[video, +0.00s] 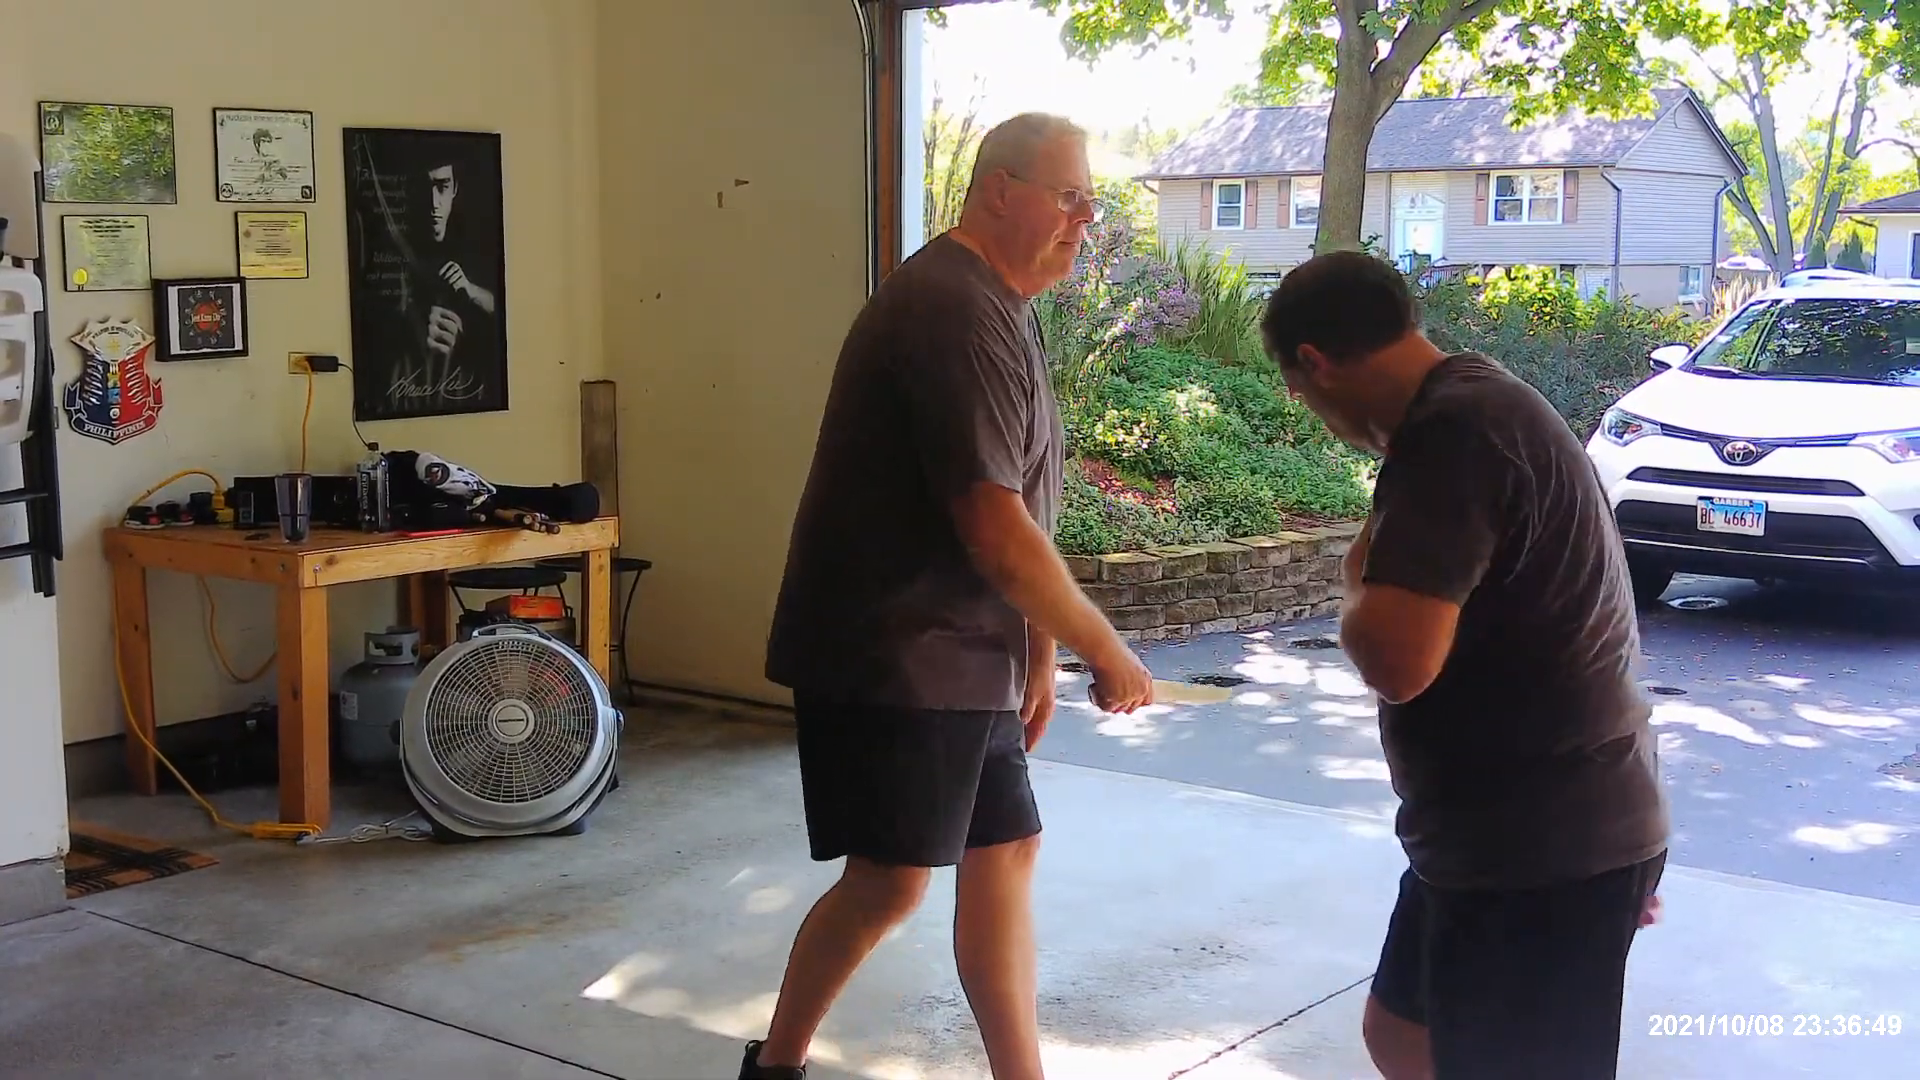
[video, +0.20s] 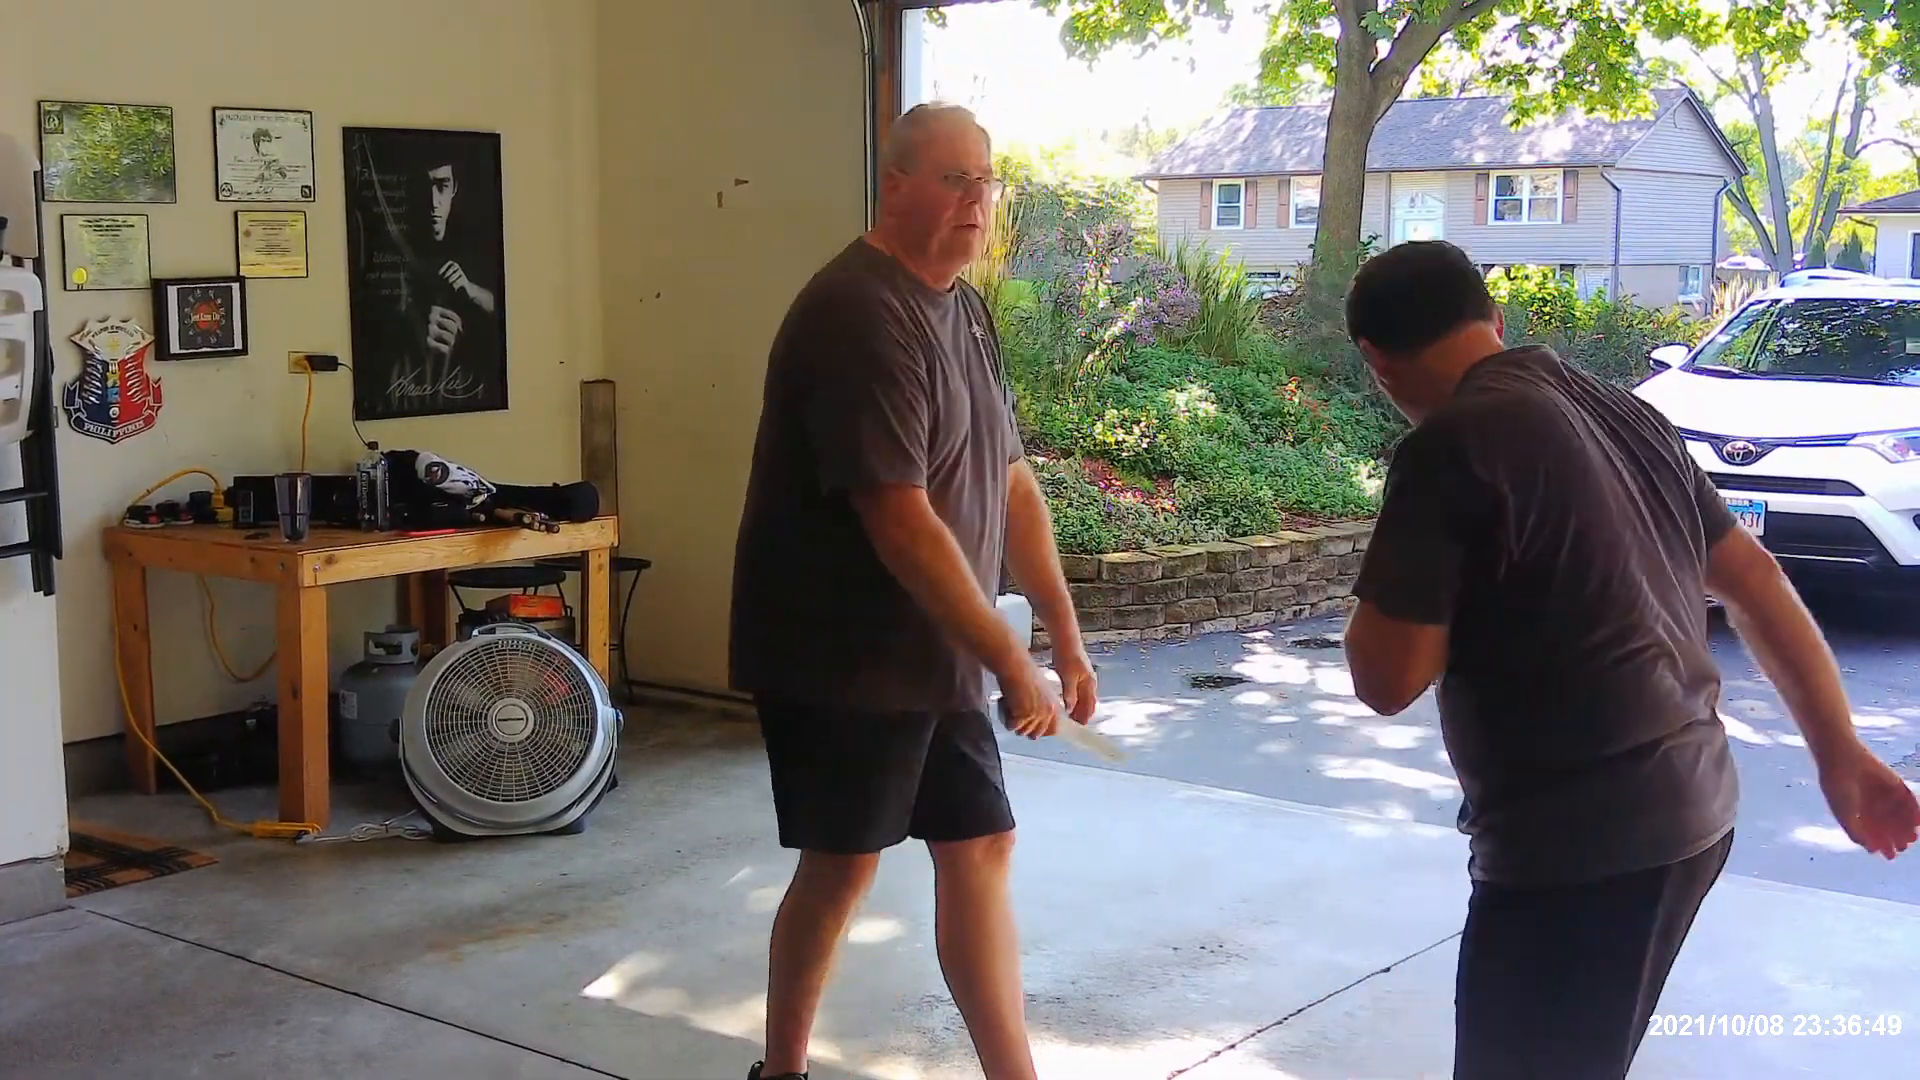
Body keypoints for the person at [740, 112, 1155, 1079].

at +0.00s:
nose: (1085, 223)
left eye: (1090, 203)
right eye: (1071, 199)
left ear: (1013, 200)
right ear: (1003, 194)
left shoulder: (995, 309)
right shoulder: (954, 306)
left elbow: (1014, 502)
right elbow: (989, 521)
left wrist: (1037, 641)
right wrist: (1105, 648)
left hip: (965, 650)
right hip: (891, 651)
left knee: (1004, 845)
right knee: (888, 877)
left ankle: (1020, 1073)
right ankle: (775, 1061)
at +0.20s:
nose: (979, 200)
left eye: (988, 181)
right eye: (956, 180)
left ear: (995, 194)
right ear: (895, 189)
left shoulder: (960, 308)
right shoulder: (857, 312)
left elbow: (1008, 480)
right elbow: (894, 516)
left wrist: (1060, 627)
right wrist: (1008, 658)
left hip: (945, 648)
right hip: (843, 653)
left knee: (979, 844)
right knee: (839, 863)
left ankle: (1012, 1071)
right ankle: (782, 1065)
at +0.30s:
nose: (933, 193)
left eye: (943, 175)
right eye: (908, 175)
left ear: (950, 185)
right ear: (850, 185)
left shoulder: (937, 300)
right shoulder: (812, 313)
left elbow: (988, 467)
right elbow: (827, 518)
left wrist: (1049, 614)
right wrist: (916, 675)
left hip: (926, 642)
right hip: (821, 651)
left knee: (961, 839)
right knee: (824, 852)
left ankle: (1000, 1068)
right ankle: (781, 1064)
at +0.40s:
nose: (896, 183)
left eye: (906, 165)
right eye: (871, 166)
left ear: (918, 177)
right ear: (818, 181)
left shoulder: (919, 295)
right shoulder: (778, 313)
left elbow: (966, 458)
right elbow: (759, 517)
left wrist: (1023, 605)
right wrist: (801, 689)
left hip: (914, 648)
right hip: (812, 662)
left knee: (951, 838)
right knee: (813, 851)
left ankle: (990, 1069)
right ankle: (781, 1064)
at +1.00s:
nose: (899, 176)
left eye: (897, 159)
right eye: (878, 159)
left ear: (863, 175)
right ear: (808, 170)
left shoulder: (887, 291)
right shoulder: (725, 295)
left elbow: (934, 459)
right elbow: (653, 473)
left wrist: (962, 612)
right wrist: (673, 643)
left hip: (876, 627)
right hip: (772, 636)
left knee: (888, 823)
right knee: (797, 835)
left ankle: (840, 1049)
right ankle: (777, 1063)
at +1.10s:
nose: (910, 179)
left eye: (907, 161)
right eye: (893, 161)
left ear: (849, 172)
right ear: (824, 168)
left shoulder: (884, 289)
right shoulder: (735, 289)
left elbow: (932, 453)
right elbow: (668, 472)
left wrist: (966, 604)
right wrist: (715, 634)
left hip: (882, 627)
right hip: (786, 637)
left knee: (886, 818)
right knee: (798, 836)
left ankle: (840, 1049)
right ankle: (778, 1062)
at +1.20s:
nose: (918, 189)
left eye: (917, 171)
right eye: (906, 169)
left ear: (853, 173)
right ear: (839, 168)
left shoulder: (881, 286)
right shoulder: (748, 287)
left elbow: (923, 457)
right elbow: (694, 478)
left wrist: (964, 606)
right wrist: (750, 635)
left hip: (880, 625)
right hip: (792, 636)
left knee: (882, 816)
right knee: (803, 836)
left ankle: (839, 1050)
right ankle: (778, 1064)